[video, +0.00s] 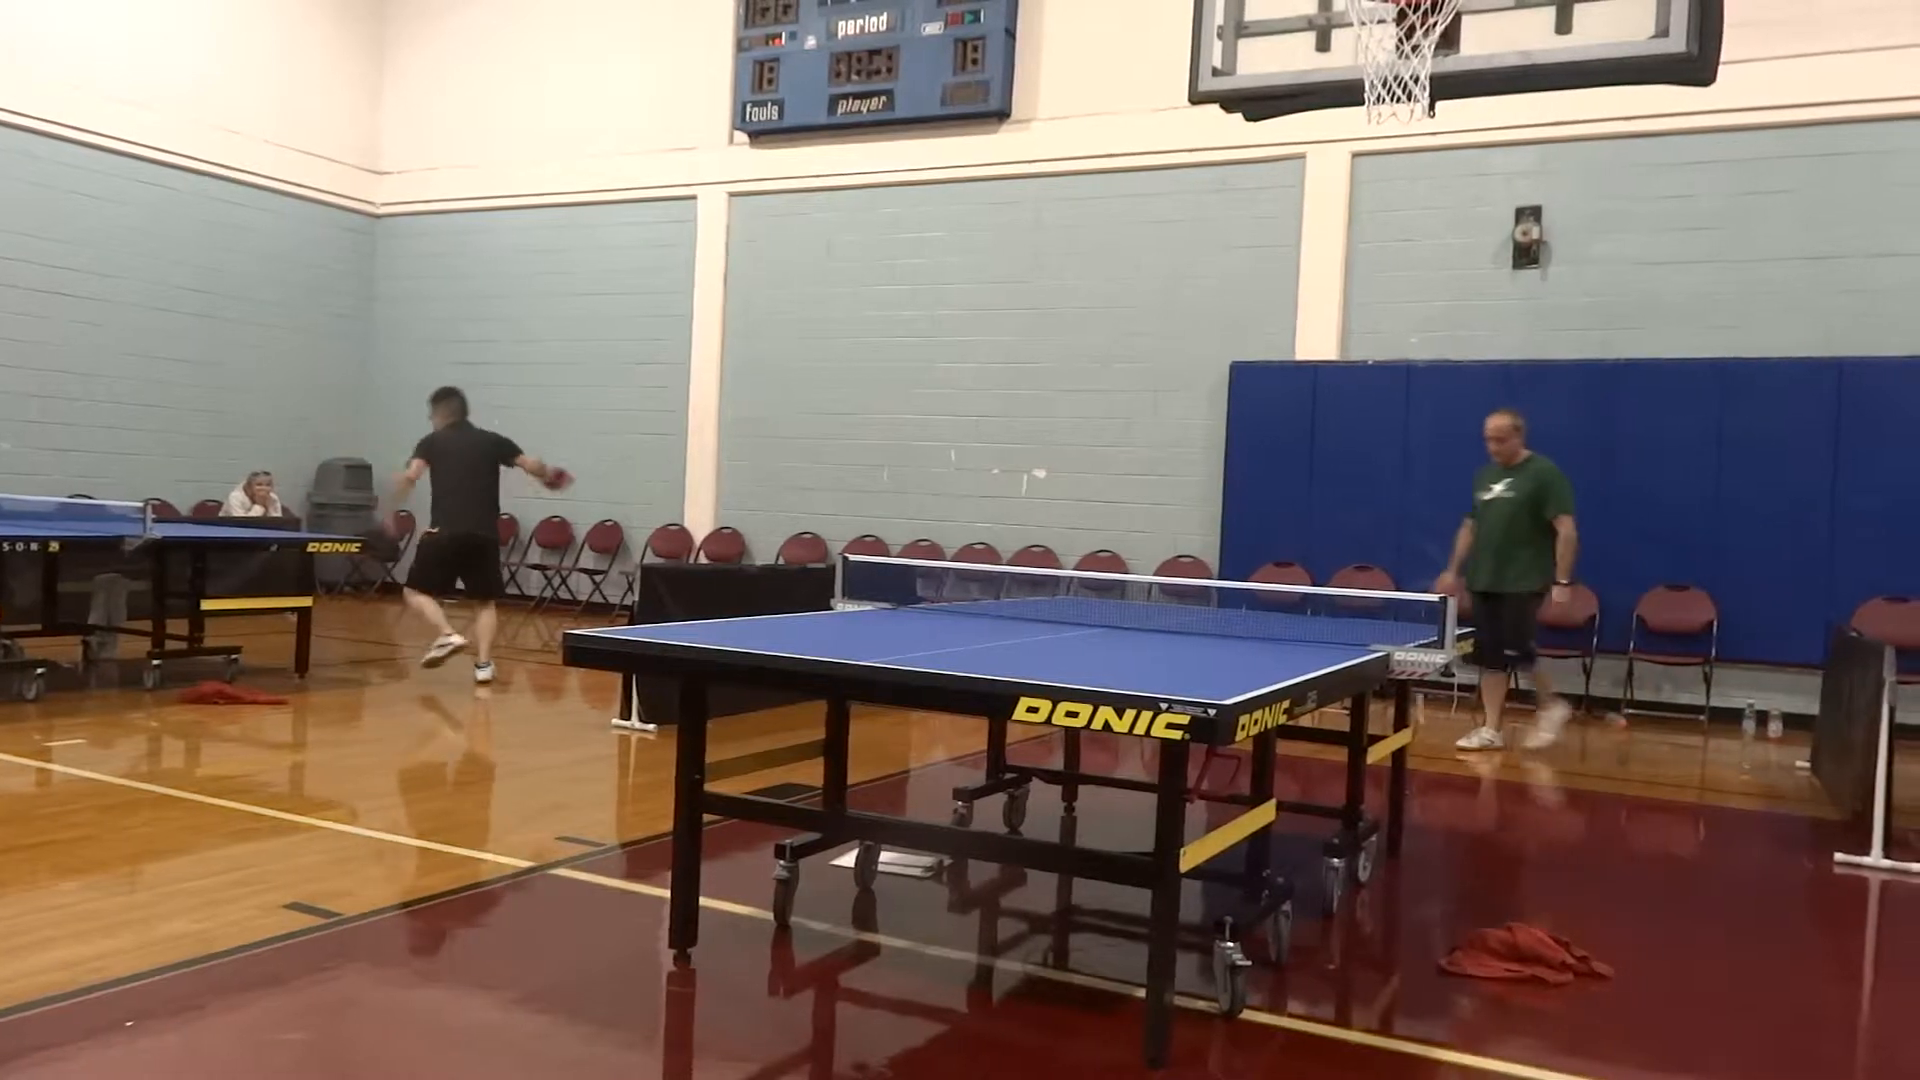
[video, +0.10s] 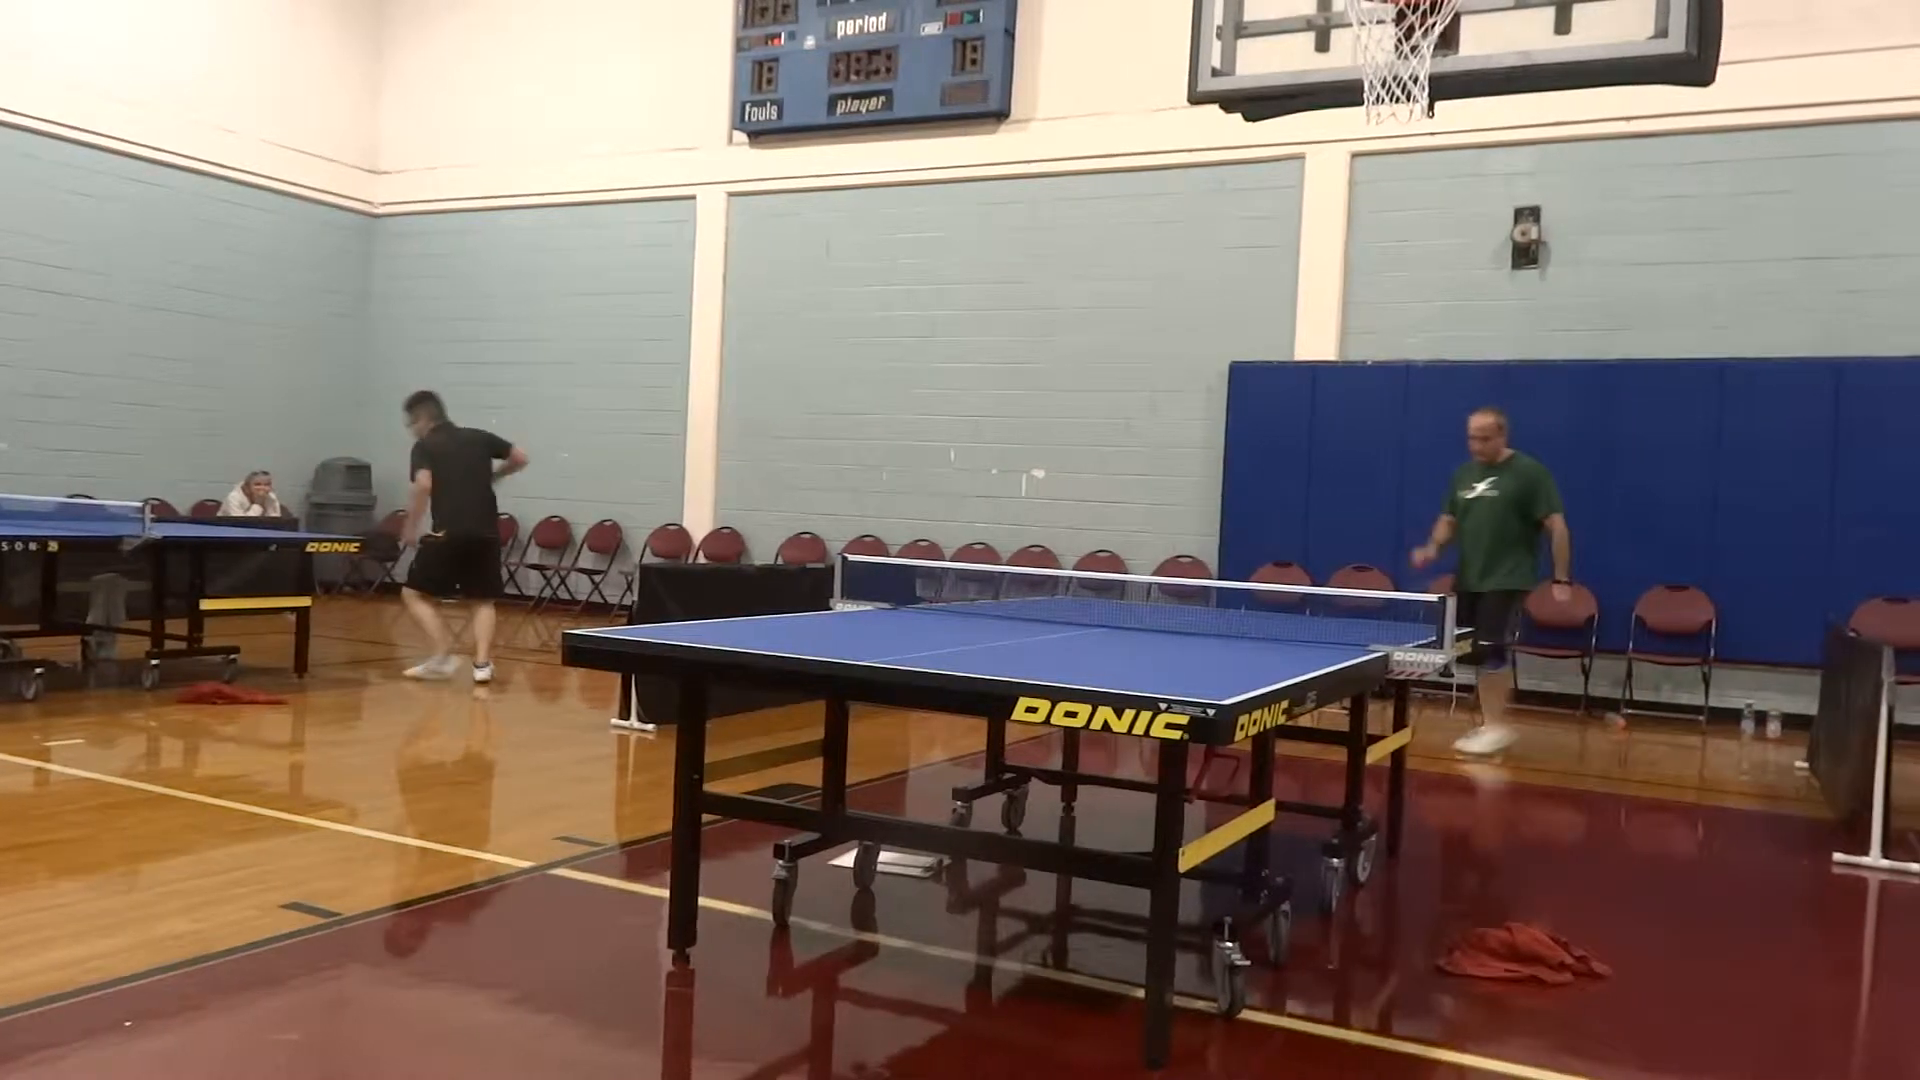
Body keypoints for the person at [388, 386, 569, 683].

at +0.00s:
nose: (431, 420)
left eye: (432, 415)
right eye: (431, 415)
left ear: (439, 414)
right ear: (464, 412)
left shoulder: (433, 441)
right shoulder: (491, 440)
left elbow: (411, 477)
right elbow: (531, 465)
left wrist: (393, 508)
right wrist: (549, 475)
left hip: (444, 534)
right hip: (484, 535)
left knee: (415, 590)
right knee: (486, 602)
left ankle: (446, 634)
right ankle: (484, 665)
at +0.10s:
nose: (412, 430)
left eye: (413, 423)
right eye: (410, 424)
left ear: (424, 419)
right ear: (440, 414)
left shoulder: (425, 446)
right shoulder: (476, 436)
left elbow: (423, 485)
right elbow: (519, 458)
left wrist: (411, 526)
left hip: (448, 535)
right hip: (486, 535)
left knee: (413, 593)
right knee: (483, 599)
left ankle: (443, 655)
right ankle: (482, 664)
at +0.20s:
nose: (396, 432)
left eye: (398, 424)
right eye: (394, 426)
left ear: (413, 419)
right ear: (425, 417)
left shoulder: (421, 445)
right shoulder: (457, 439)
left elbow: (437, 483)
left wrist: (424, 526)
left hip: (452, 535)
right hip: (485, 532)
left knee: (414, 594)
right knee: (480, 600)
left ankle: (439, 660)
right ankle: (481, 662)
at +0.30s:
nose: (388, 426)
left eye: (392, 418)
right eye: (387, 419)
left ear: (410, 416)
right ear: (413, 417)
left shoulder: (428, 440)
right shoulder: (429, 442)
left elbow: (451, 473)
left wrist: (445, 520)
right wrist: (392, 471)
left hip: (443, 530)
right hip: (472, 531)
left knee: (410, 594)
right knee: (472, 597)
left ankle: (437, 660)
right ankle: (482, 649)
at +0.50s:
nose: (381, 412)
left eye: (386, 407)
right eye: (381, 406)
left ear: (406, 408)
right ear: (400, 408)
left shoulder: (427, 434)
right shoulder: (410, 439)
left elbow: (460, 457)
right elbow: (398, 471)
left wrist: (475, 494)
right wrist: (363, 458)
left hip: (441, 525)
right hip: (438, 525)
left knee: (410, 590)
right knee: (438, 592)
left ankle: (438, 659)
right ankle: (453, 651)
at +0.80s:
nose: (380, 417)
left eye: (386, 411)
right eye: (380, 411)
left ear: (405, 413)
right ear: (392, 415)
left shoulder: (427, 441)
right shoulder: (400, 450)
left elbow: (457, 476)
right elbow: (398, 491)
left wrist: (439, 515)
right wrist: (366, 501)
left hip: (438, 525)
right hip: (418, 525)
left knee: (411, 585)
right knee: (402, 585)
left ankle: (436, 658)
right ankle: (419, 649)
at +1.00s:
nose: (381, 414)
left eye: (386, 408)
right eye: (381, 408)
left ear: (406, 410)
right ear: (397, 411)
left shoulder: (423, 437)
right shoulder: (405, 443)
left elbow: (440, 473)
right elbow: (403, 487)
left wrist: (407, 503)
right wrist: (369, 491)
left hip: (440, 524)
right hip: (423, 523)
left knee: (422, 582)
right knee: (406, 581)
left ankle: (442, 655)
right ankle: (428, 648)